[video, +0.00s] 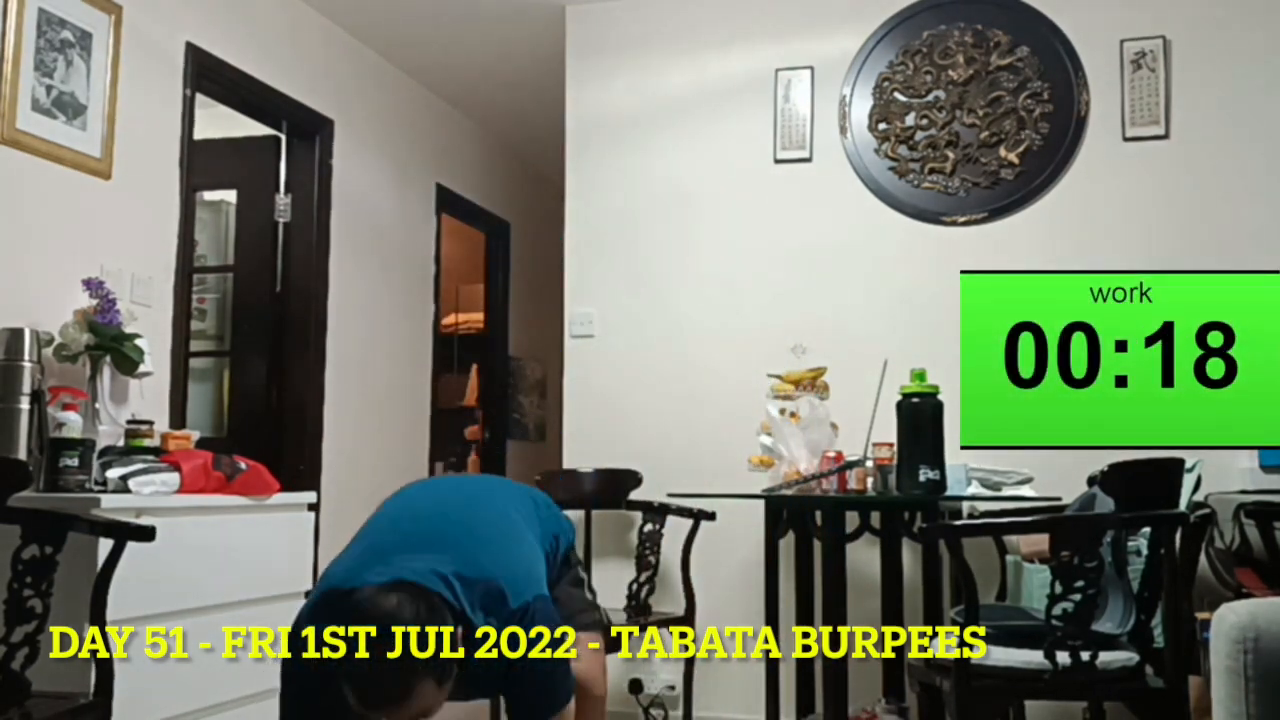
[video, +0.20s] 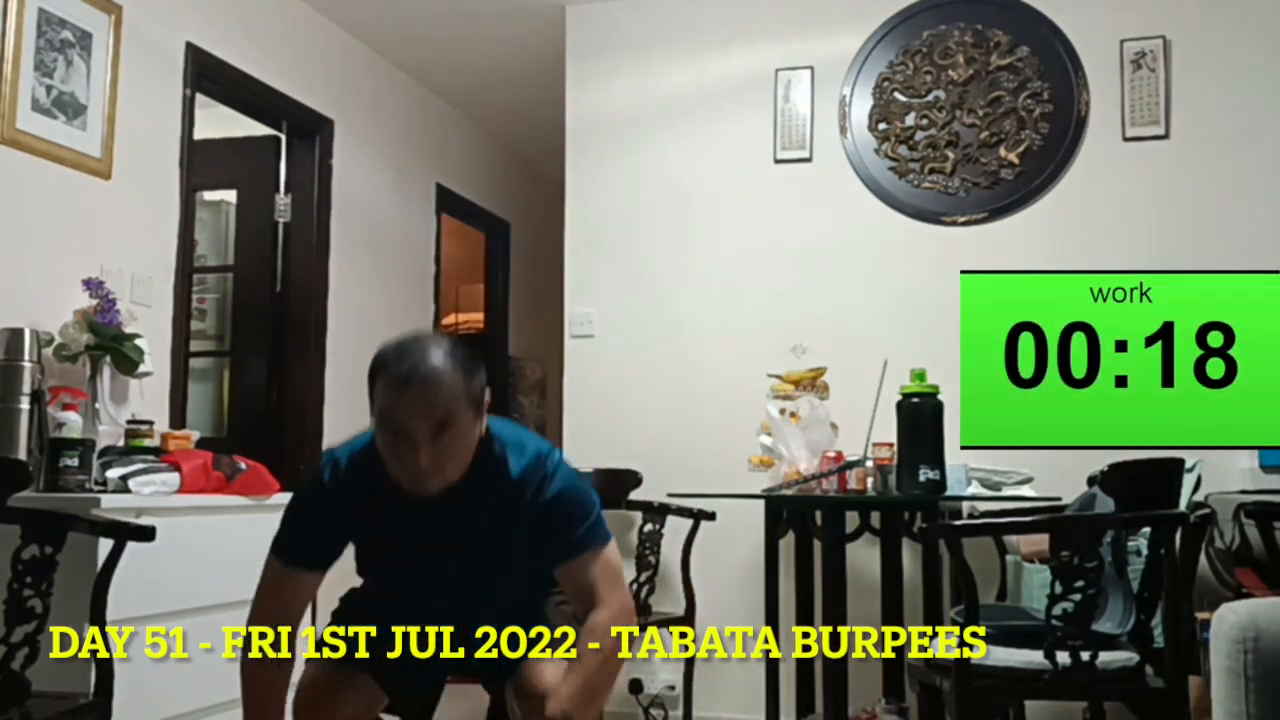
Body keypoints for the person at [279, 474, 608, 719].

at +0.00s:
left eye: (421, 715)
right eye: (385, 718)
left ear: (450, 667)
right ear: (343, 678)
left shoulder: (522, 620)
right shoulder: (310, 645)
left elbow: (554, 713)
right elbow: (301, 713)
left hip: (532, 517)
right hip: (411, 509)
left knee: (586, 678)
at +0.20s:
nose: (420, 457)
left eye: (440, 432)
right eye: (399, 436)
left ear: (482, 410)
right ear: (374, 419)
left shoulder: (541, 479)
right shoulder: (342, 479)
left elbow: (615, 609)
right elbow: (272, 623)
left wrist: (571, 707)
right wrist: (265, 715)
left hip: (516, 621)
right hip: (398, 615)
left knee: (552, 697)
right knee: (323, 703)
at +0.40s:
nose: (453, 154)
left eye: (474, 134)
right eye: (434, 134)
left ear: (511, 143)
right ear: (414, 146)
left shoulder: (556, 238)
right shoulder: (375, 241)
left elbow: (673, 325)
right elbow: (272, 316)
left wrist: (606, 294)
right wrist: (263, 260)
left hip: (531, 504)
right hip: (411, 498)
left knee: (538, 689)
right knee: (369, 679)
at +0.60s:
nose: (472, 25)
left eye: (491, 9)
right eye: (454, 9)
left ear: (525, 14)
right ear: (433, 18)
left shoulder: (572, 93)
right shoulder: (395, 94)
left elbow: (677, 23)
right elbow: (283, 37)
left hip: (539, 377)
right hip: (424, 375)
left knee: (544, 581)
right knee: (417, 579)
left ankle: (559, 717)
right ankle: (421, 719)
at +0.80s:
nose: (490, 101)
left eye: (508, 85)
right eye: (472, 86)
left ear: (538, 98)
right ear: (447, 98)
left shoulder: (579, 173)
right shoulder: (407, 172)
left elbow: (692, 148)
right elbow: (278, 175)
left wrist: (631, 59)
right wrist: (312, 86)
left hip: (547, 446)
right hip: (435, 445)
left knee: (559, 664)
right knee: (432, 666)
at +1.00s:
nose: (472, 343)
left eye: (493, 316)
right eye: (452, 319)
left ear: (527, 295)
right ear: (428, 303)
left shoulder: (575, 376)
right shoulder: (392, 379)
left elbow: (663, 482)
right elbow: (325, 481)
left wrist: (646, 578)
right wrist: (313, 559)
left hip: (561, 563)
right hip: (443, 563)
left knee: (595, 691)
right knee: (399, 701)